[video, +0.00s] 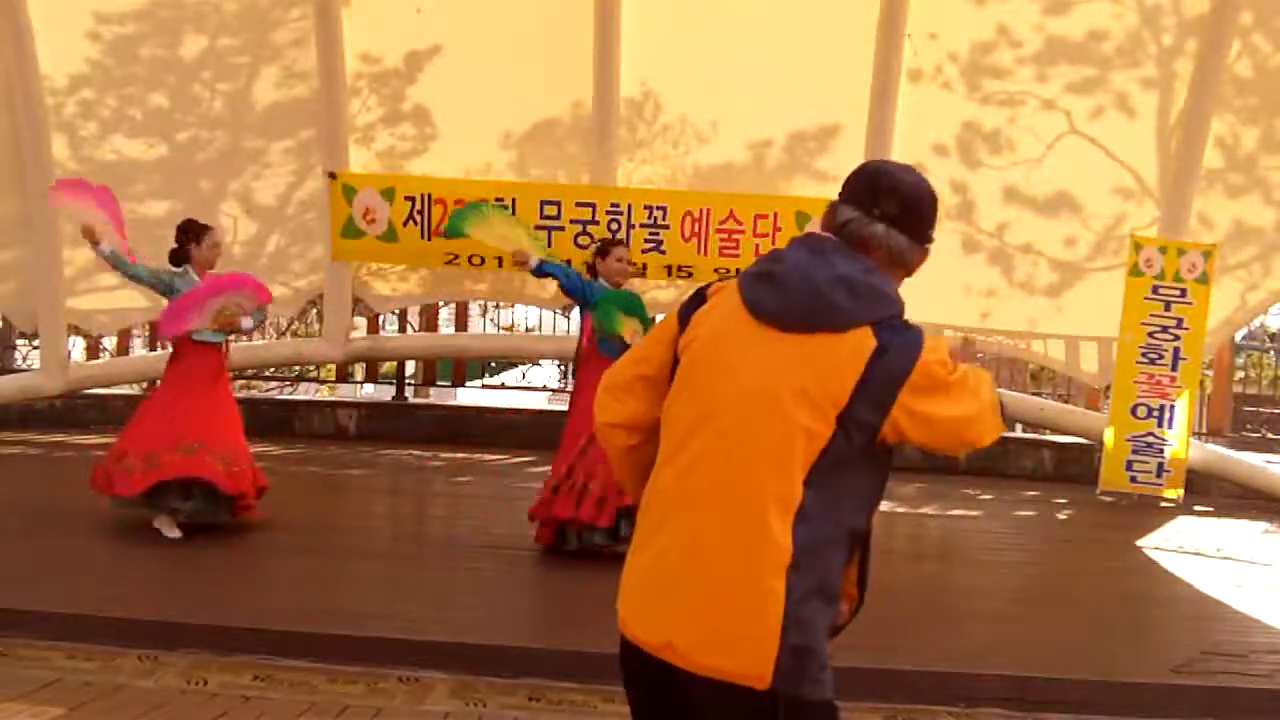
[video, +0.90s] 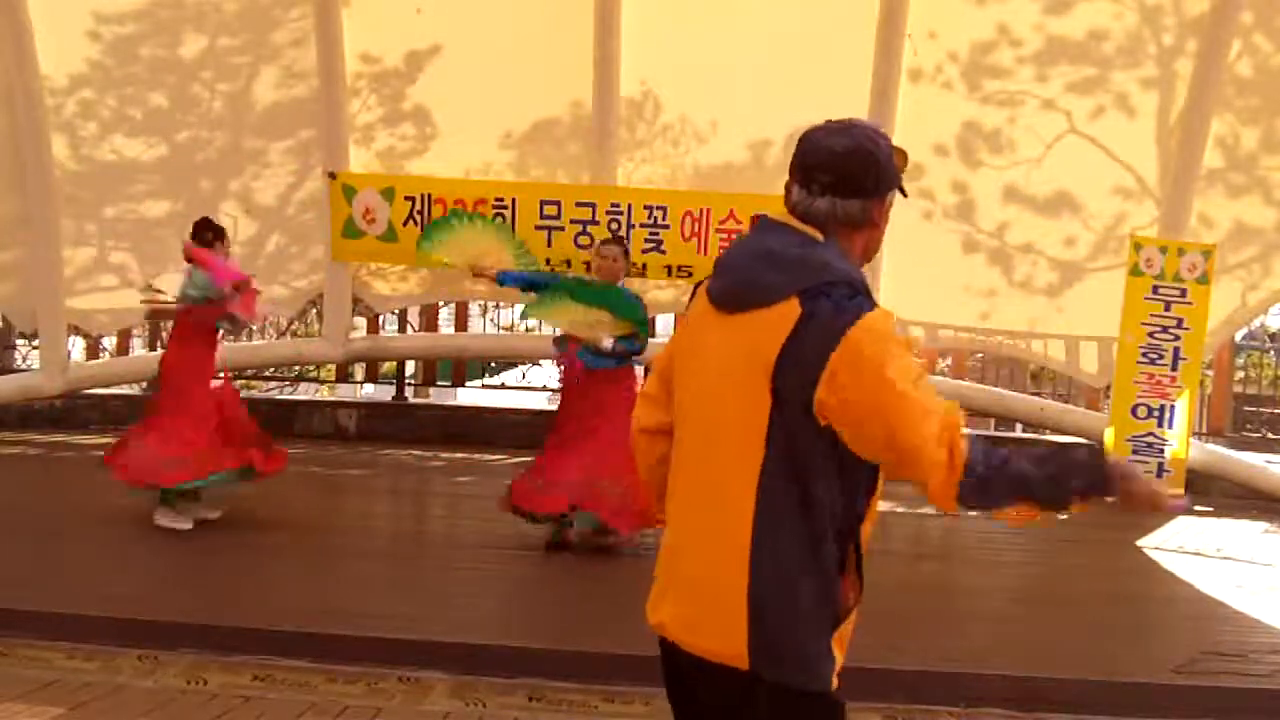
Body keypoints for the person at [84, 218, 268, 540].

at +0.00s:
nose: (218, 253)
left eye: (219, 247)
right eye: (212, 246)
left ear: (204, 250)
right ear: (192, 248)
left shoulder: (220, 286)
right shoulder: (177, 281)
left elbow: (260, 312)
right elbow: (134, 271)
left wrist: (241, 322)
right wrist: (99, 245)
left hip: (214, 367)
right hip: (187, 366)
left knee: (214, 432)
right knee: (179, 432)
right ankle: (165, 509)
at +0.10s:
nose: (220, 251)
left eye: (219, 245)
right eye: (216, 245)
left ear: (201, 248)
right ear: (201, 248)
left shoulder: (211, 285)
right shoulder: (188, 280)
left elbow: (231, 320)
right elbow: (158, 273)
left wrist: (235, 312)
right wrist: (134, 257)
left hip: (209, 363)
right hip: (190, 363)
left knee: (213, 430)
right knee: (190, 432)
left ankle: (205, 501)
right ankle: (172, 506)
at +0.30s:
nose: (174, 247)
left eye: (177, 241)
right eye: (175, 241)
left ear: (186, 246)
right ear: (203, 247)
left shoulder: (167, 286)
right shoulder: (214, 280)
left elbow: (154, 329)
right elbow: (259, 282)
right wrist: (300, 272)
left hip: (179, 367)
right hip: (212, 364)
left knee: (185, 427)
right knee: (224, 425)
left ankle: (189, 500)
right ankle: (239, 497)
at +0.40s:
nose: (172, 253)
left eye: (174, 247)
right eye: (173, 247)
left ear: (184, 248)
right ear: (203, 248)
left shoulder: (173, 286)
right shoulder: (224, 279)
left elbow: (147, 321)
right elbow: (270, 276)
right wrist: (305, 255)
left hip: (187, 368)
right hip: (221, 366)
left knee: (189, 428)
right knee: (228, 423)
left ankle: (196, 493)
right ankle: (228, 486)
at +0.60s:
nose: (207, 253)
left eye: (213, 248)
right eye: (202, 247)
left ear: (223, 253)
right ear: (194, 250)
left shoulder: (222, 285)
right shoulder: (186, 280)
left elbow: (235, 320)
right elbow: (154, 281)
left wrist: (198, 321)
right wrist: (129, 264)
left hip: (213, 356)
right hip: (189, 355)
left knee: (206, 422)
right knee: (193, 422)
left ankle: (207, 502)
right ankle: (201, 496)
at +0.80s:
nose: (232, 255)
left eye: (233, 248)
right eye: (227, 248)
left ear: (218, 247)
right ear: (208, 247)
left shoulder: (229, 282)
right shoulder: (195, 278)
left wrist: (234, 315)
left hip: (205, 359)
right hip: (187, 360)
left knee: (202, 424)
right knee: (183, 425)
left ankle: (192, 499)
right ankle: (168, 503)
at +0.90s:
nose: (229, 249)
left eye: (227, 244)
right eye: (226, 243)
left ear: (202, 244)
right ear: (216, 244)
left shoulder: (212, 274)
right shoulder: (203, 275)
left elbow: (230, 315)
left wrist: (242, 293)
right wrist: (243, 292)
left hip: (197, 360)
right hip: (184, 361)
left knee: (200, 425)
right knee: (184, 427)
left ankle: (189, 499)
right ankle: (167, 504)